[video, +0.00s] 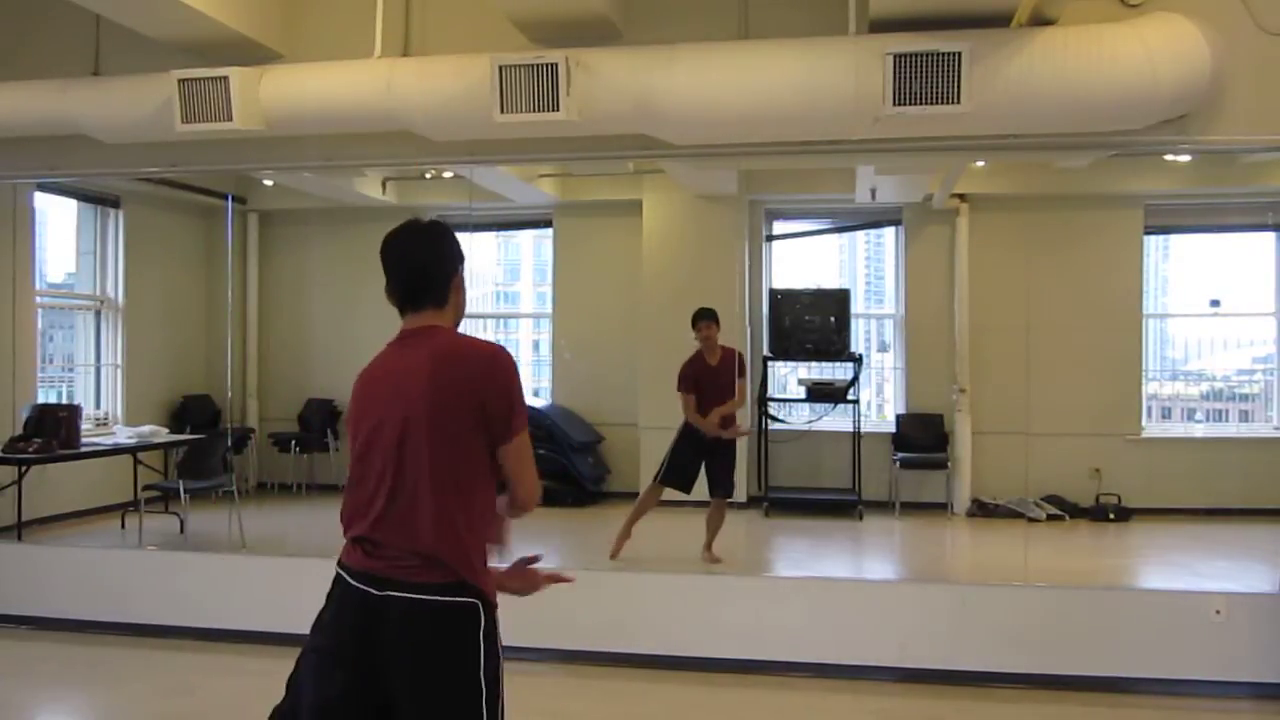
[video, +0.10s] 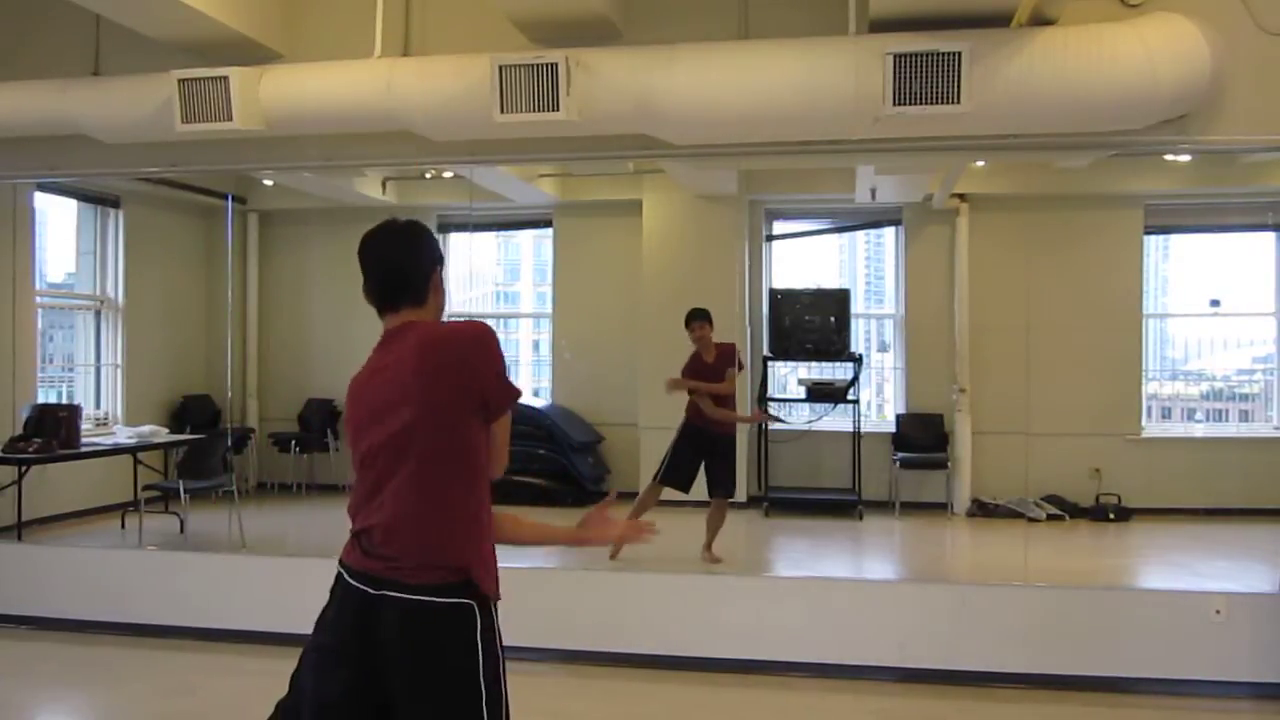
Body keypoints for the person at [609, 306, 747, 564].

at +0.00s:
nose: (706, 333)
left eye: (710, 327)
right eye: (700, 329)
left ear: (719, 329)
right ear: (695, 333)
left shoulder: (735, 359)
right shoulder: (689, 368)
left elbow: (740, 399)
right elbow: (690, 414)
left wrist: (717, 414)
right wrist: (721, 432)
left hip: (725, 433)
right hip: (694, 430)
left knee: (721, 497)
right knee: (660, 483)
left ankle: (708, 548)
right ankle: (625, 530)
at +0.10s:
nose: (698, 333)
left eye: (702, 327)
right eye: (693, 330)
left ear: (712, 328)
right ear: (688, 334)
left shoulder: (729, 351)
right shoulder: (690, 369)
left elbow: (729, 388)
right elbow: (711, 411)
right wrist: (749, 419)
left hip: (723, 432)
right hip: (694, 429)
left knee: (721, 497)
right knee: (660, 481)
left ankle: (708, 548)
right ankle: (625, 530)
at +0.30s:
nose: (688, 334)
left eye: (693, 328)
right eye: (683, 329)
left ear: (702, 329)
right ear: (677, 332)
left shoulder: (717, 349)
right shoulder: (680, 371)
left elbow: (747, 360)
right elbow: (687, 404)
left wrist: (747, 359)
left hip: (723, 428)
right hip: (693, 427)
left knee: (722, 496)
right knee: (660, 482)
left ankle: (707, 547)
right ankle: (625, 531)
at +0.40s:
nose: (689, 329)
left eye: (695, 324)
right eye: (685, 324)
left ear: (703, 327)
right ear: (679, 328)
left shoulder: (717, 353)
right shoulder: (674, 364)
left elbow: (747, 358)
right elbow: (659, 404)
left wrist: (751, 357)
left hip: (721, 428)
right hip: (692, 426)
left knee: (721, 494)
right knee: (659, 482)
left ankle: (707, 547)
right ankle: (626, 531)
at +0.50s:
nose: (692, 326)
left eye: (698, 322)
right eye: (688, 321)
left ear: (706, 326)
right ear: (682, 324)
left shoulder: (715, 354)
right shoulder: (669, 357)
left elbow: (747, 366)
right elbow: (636, 391)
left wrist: (752, 373)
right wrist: (629, 373)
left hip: (715, 431)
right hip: (684, 429)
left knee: (719, 494)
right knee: (656, 487)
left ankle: (707, 547)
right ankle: (629, 536)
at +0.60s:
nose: (694, 329)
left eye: (699, 325)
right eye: (690, 324)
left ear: (706, 329)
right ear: (682, 326)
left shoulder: (712, 360)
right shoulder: (665, 353)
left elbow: (750, 376)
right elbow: (627, 377)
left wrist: (744, 392)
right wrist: (652, 378)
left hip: (706, 433)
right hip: (674, 431)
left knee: (712, 494)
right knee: (652, 489)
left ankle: (707, 547)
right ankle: (636, 541)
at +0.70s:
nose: (689, 330)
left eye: (695, 325)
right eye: (685, 324)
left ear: (702, 330)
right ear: (678, 327)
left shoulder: (708, 363)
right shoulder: (662, 356)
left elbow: (732, 402)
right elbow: (634, 391)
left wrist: (716, 411)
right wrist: (668, 389)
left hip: (697, 434)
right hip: (665, 432)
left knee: (707, 494)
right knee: (644, 487)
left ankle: (706, 547)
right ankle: (633, 541)